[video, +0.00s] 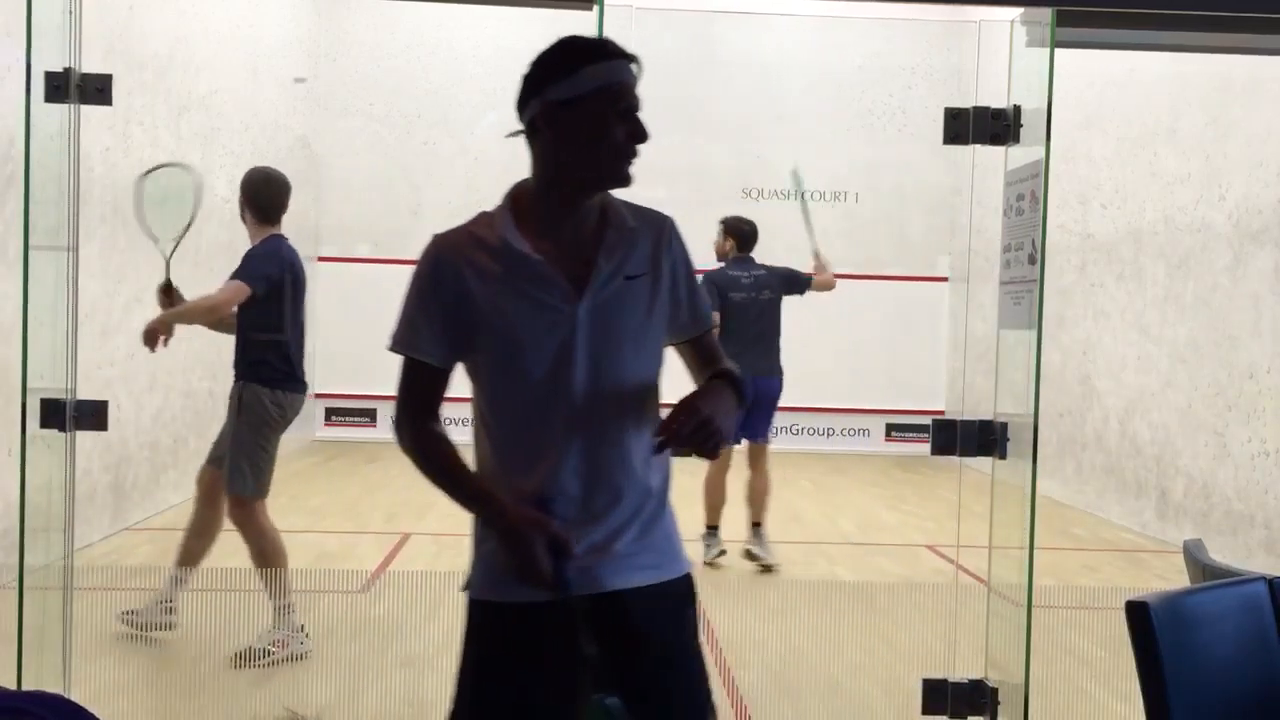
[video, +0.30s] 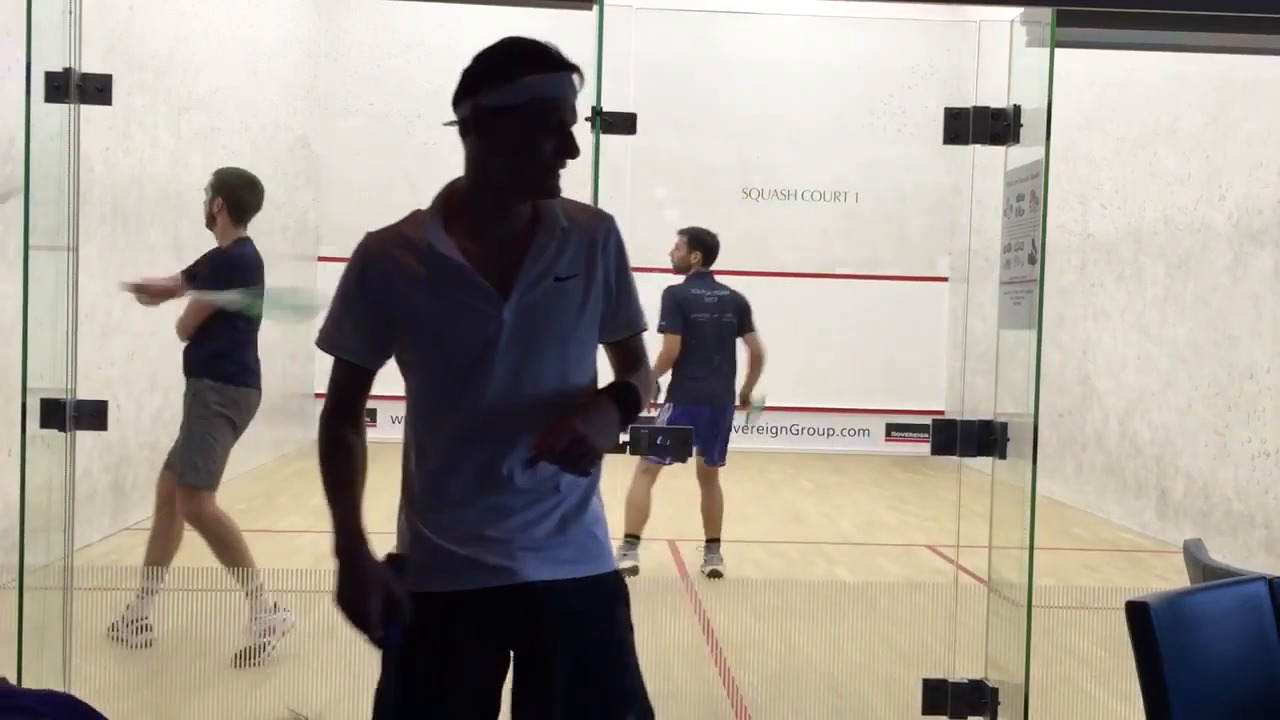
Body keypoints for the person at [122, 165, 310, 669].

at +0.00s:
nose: (238, 208)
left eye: (239, 201)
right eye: (247, 201)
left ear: (244, 205)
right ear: (284, 207)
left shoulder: (268, 254)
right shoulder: (278, 257)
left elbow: (225, 301)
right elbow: (240, 325)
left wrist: (168, 318)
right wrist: (186, 310)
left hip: (263, 394)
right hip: (264, 392)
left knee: (245, 507)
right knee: (211, 483)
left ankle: (289, 629)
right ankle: (168, 604)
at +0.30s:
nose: (205, 207)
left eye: (207, 199)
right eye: (207, 199)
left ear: (218, 205)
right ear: (242, 209)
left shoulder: (229, 261)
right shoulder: (233, 256)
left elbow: (186, 329)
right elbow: (172, 283)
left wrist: (197, 308)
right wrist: (141, 290)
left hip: (219, 390)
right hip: (223, 389)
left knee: (196, 503)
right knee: (170, 488)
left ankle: (266, 610)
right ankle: (142, 611)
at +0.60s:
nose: (224, 209)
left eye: (225, 203)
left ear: (226, 208)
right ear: (268, 214)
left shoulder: (210, 252)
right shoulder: (278, 269)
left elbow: (172, 317)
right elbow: (254, 335)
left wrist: (156, 302)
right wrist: (187, 344)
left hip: (196, 390)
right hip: (246, 399)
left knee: (158, 496)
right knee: (195, 503)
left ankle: (217, 599)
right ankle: (142, 613)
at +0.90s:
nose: (315, 241)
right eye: (318, 235)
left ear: (281, 234)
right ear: (319, 239)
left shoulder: (247, 270)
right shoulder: (326, 293)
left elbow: (208, 333)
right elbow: (321, 366)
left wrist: (244, 326)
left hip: (231, 402)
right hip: (290, 409)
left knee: (205, 505)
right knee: (308, 484)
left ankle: (212, 618)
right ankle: (264, 578)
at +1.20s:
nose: (413, 262)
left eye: (410, 255)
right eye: (412, 256)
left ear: (376, 257)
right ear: (407, 260)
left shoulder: (348, 292)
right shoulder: (412, 306)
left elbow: (313, 348)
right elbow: (440, 370)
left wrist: (330, 387)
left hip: (324, 407)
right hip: (369, 412)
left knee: (312, 505)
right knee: (385, 500)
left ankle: (239, 552)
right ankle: (325, 582)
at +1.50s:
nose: (511, 259)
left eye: (510, 252)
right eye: (508, 252)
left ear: (479, 256)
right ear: (491, 254)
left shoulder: (446, 294)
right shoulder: (505, 297)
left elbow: (413, 345)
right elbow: (517, 360)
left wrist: (384, 396)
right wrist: (514, 389)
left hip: (449, 399)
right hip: (477, 404)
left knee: (490, 473)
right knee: (453, 501)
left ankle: (514, 548)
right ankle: (367, 550)